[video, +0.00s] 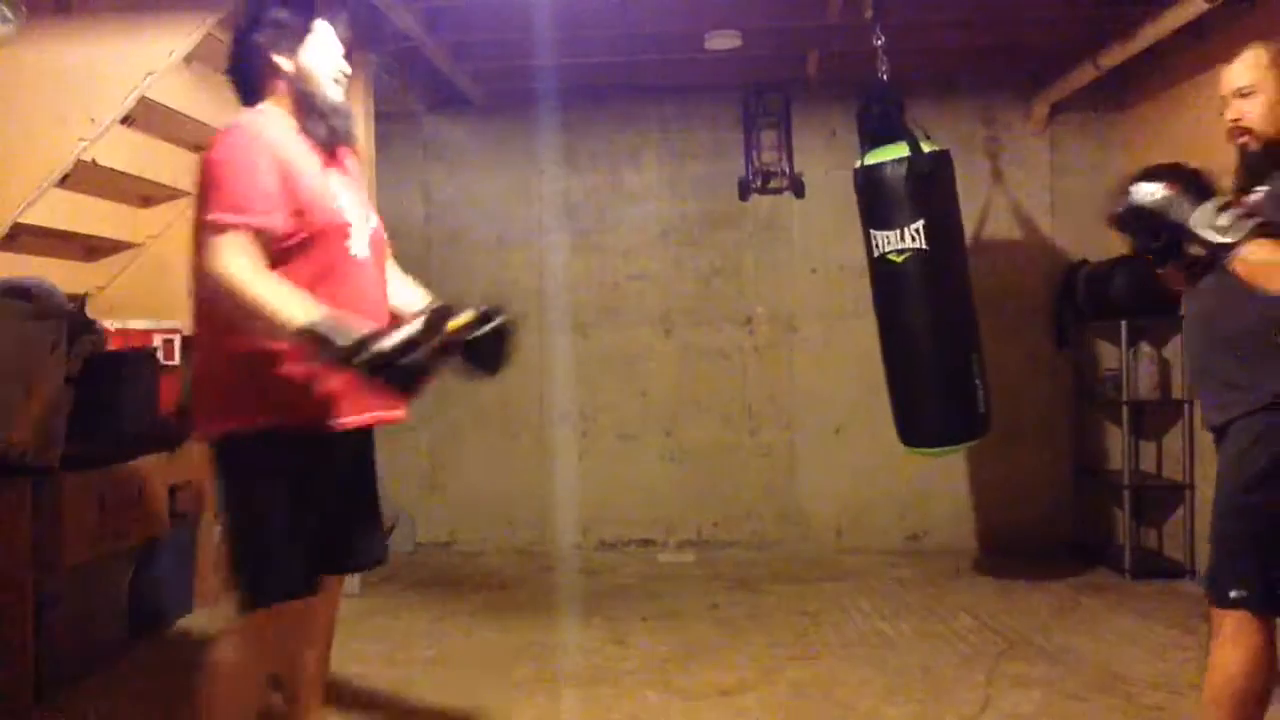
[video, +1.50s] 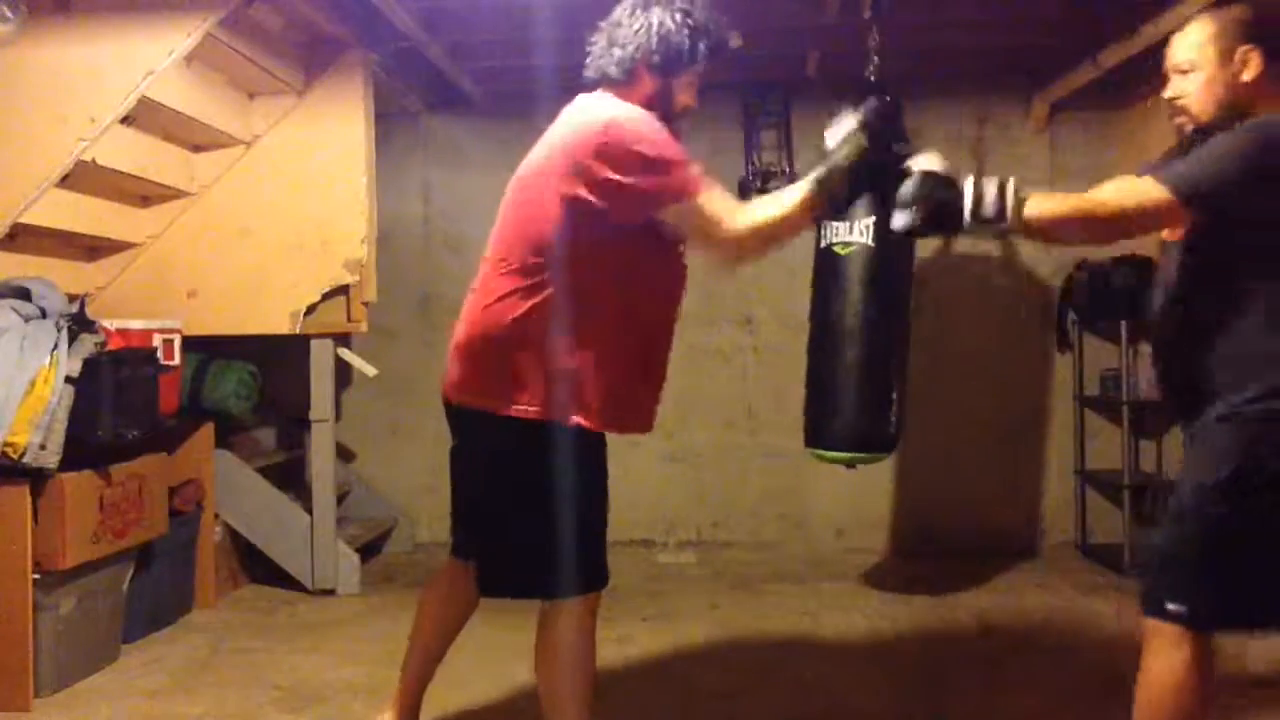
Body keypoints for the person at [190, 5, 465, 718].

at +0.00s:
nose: (345, 62)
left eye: (342, 47)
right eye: (328, 45)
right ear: (278, 55)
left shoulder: (337, 152)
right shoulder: (246, 138)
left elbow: (374, 267)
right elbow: (226, 264)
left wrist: (437, 320)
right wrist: (336, 329)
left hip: (334, 412)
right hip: (267, 415)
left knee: (322, 588)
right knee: (274, 608)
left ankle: (305, 711)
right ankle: (231, 711)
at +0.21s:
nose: (385, 75)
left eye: (381, 59)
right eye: (371, 55)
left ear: (322, 66)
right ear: (319, 61)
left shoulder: (352, 155)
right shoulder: (301, 140)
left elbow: (432, 236)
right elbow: (372, 238)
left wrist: (528, 251)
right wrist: (515, 252)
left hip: (343, 410)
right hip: (341, 413)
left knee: (309, 582)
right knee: (404, 584)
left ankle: (298, 712)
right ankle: (408, 711)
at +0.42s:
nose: (445, 87)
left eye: (439, 71)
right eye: (431, 70)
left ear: (381, 82)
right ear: (382, 77)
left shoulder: (370, 154)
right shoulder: (374, 154)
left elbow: (499, 230)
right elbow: (479, 227)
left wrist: (626, 220)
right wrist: (616, 225)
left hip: (376, 427)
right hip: (425, 423)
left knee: (363, 589)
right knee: (494, 589)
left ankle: (311, 713)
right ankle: (528, 710)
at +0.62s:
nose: (536, 72)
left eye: (532, 58)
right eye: (521, 58)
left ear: (478, 74)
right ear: (472, 70)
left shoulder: (459, 145)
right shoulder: (462, 145)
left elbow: (597, 216)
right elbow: (595, 219)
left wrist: (724, 207)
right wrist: (728, 211)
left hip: (454, 421)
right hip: (499, 422)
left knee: (431, 577)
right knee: (561, 591)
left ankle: (333, 708)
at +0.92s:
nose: (609, 79)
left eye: (608, 63)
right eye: (599, 62)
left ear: (548, 68)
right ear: (556, 62)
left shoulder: (526, 131)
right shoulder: (527, 127)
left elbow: (645, 226)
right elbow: (652, 206)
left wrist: (719, 170)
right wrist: (728, 132)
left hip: (506, 407)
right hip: (537, 410)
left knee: (495, 571)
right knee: (584, 592)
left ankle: (405, 705)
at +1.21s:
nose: (666, 95)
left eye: (667, 77)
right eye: (660, 75)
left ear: (601, 70)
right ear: (617, 68)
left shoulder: (560, 128)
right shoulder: (592, 132)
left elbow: (727, 176)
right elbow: (750, 169)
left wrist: (819, 135)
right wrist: (833, 96)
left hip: (480, 392)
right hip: (533, 396)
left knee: (473, 564)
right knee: (577, 586)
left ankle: (399, 708)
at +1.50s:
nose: (697, 99)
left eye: (701, 81)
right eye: (693, 78)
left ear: (634, 66)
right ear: (650, 64)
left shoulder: (591, 122)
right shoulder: (621, 129)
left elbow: (725, 237)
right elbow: (737, 231)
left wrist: (830, 186)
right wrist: (841, 171)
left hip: (491, 383)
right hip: (545, 390)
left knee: (468, 562)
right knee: (575, 588)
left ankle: (400, 710)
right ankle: (570, 719)